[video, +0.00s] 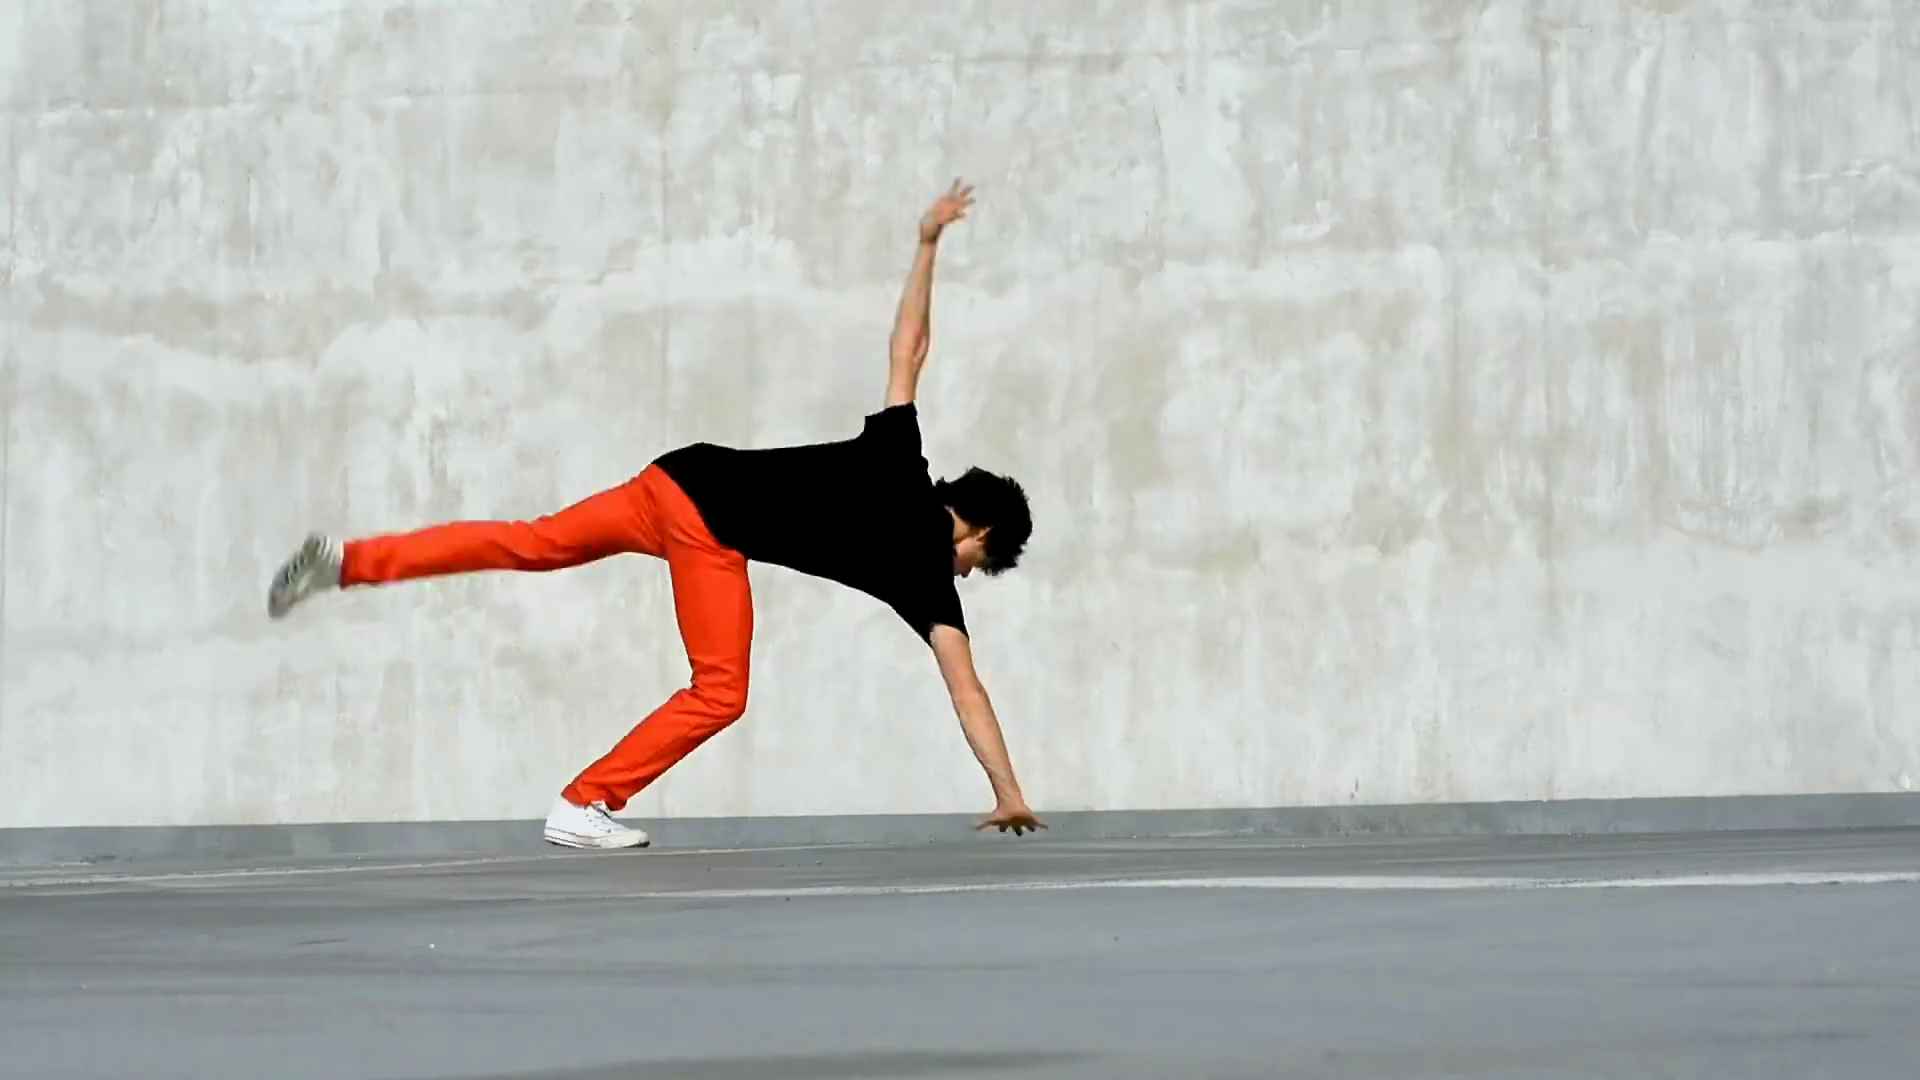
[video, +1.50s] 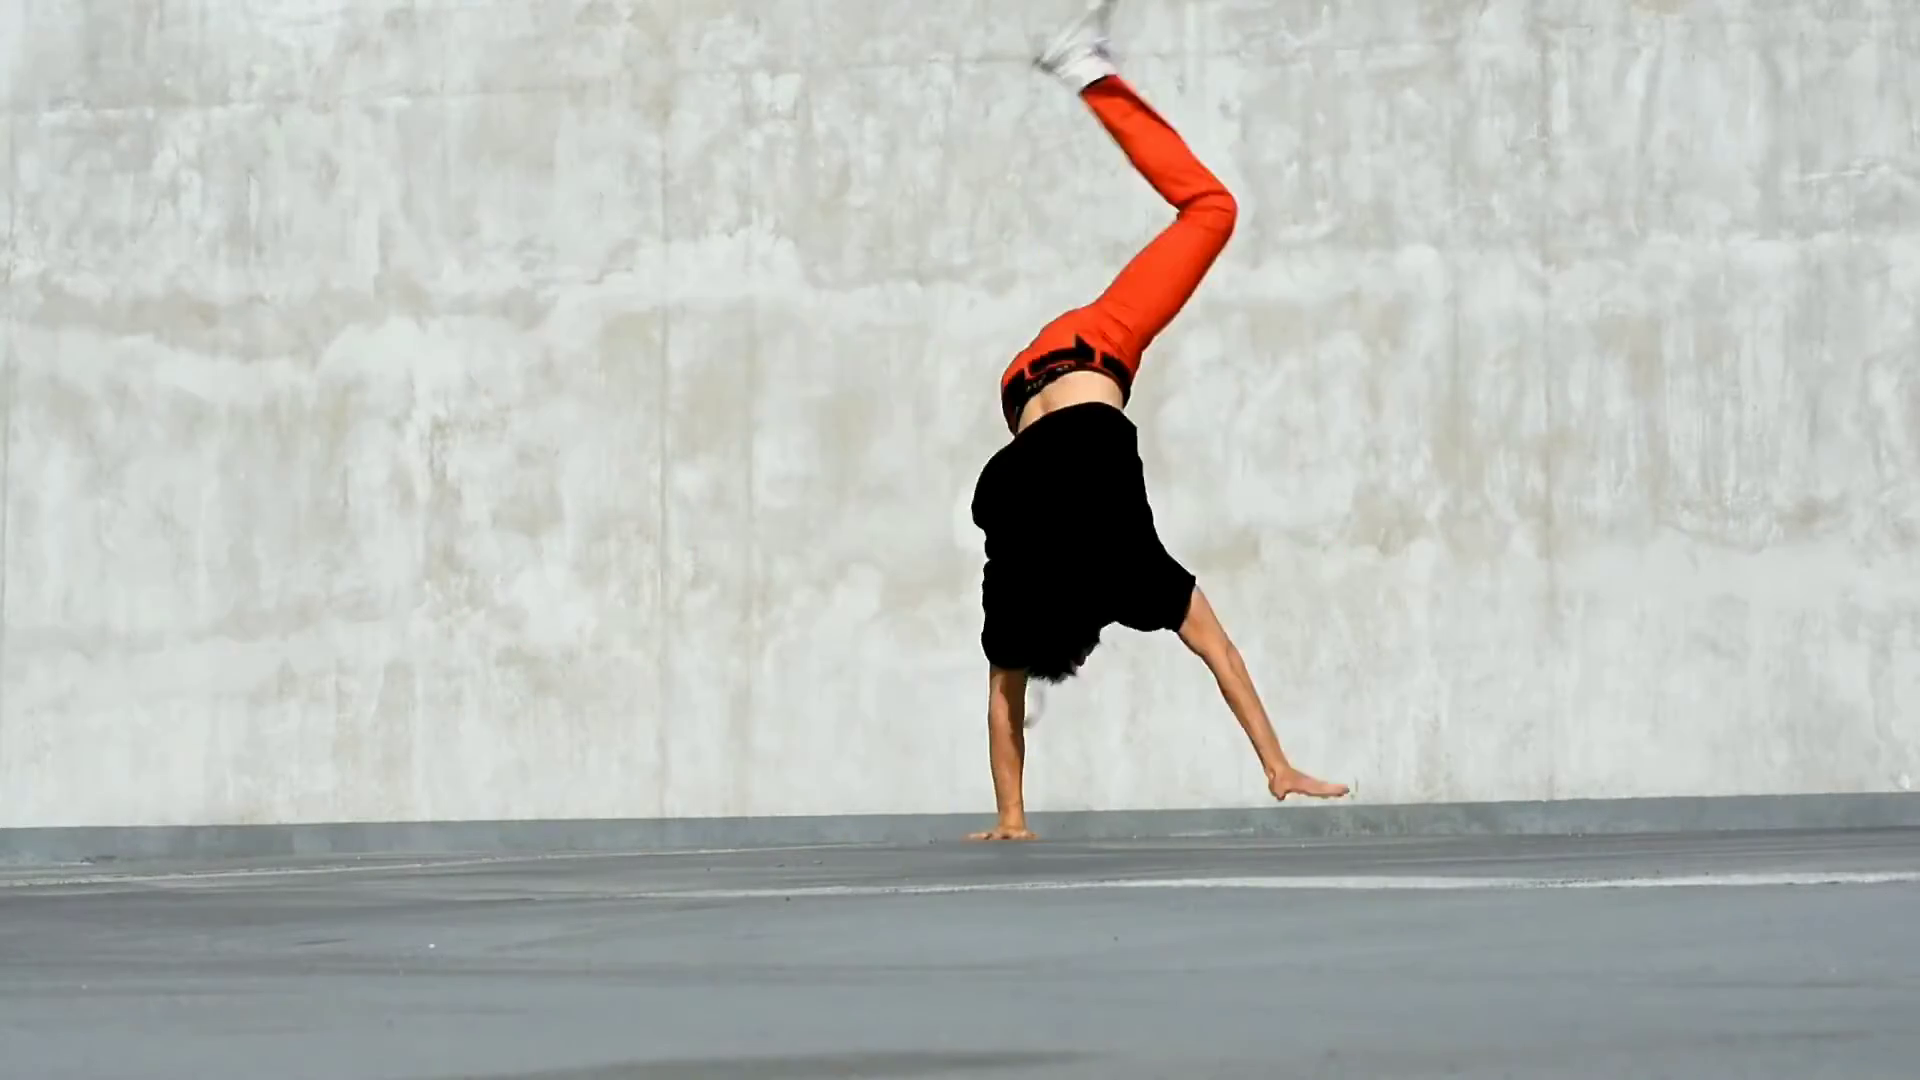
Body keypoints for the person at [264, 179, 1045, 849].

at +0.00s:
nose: (970, 573)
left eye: (982, 563)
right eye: (979, 562)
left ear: (956, 501)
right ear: (968, 537)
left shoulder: (899, 447)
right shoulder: (926, 581)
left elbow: (911, 347)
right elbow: (968, 692)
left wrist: (927, 238)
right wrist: (1012, 796)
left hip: (676, 478)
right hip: (709, 529)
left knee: (527, 542)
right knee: (720, 693)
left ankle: (344, 564)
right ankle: (586, 805)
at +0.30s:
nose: (922, 699)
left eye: (917, 702)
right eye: (932, 703)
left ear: (899, 665)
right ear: (953, 676)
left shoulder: (859, 601)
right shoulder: (984, 628)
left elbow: (794, 587)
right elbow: (1010, 720)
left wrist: (711, 619)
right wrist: (1022, 827)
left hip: (847, 408)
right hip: (896, 440)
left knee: (777, 271)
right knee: (802, 575)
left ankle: (947, 285)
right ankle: (699, 692)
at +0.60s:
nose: (880, 711)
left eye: (867, 710)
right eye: (868, 714)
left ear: (846, 669)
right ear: (887, 671)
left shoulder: (855, 622)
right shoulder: (970, 635)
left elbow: (881, 695)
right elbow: (1008, 731)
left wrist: (906, 805)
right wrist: (1022, 836)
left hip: (925, 407)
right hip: (991, 420)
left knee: (866, 270)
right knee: (1150, 463)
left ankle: (822, 103)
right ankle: (1335, 508)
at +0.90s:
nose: (888, 673)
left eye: (879, 671)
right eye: (875, 675)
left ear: (875, 647)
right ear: (854, 629)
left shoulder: (940, 609)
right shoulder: (869, 573)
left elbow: (951, 712)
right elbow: (873, 638)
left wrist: (935, 823)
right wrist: (865, 696)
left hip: (1043, 403)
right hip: (975, 372)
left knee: (1138, 540)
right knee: (957, 301)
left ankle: (1270, 634)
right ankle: (980, 223)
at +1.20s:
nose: (925, 541)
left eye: (907, 541)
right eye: (921, 560)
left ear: (891, 524)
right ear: (923, 574)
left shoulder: (875, 469)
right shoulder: (1002, 559)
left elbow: (756, 471)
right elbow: (1021, 680)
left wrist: (657, 530)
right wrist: (1012, 798)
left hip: (1024, 334)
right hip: (1090, 378)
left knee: (995, 180)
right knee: (1222, 278)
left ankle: (1117, 257)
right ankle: (1360, 158)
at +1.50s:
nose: (1051, 672)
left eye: (1060, 664)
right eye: (1037, 671)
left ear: (1079, 645)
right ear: (1029, 642)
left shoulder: (1137, 581)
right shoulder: (1007, 611)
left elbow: (1219, 652)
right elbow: (1006, 711)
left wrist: (1275, 766)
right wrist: (1011, 818)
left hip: (1097, 364)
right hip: (1020, 388)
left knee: (1212, 207)